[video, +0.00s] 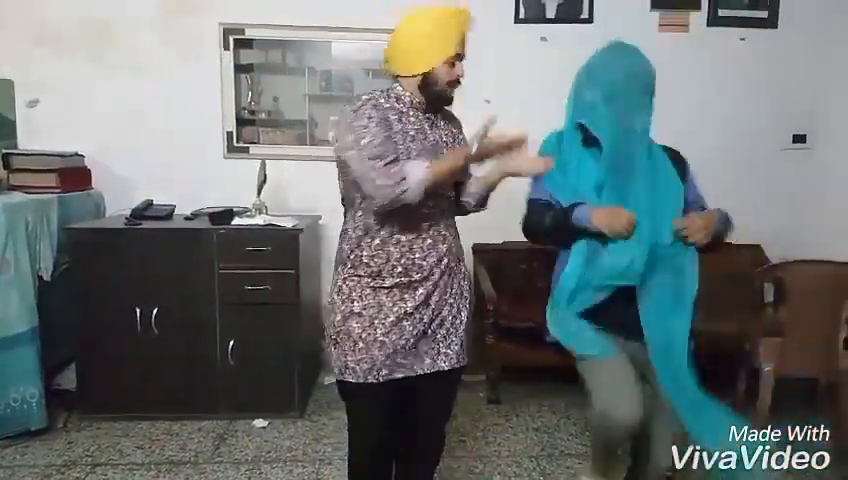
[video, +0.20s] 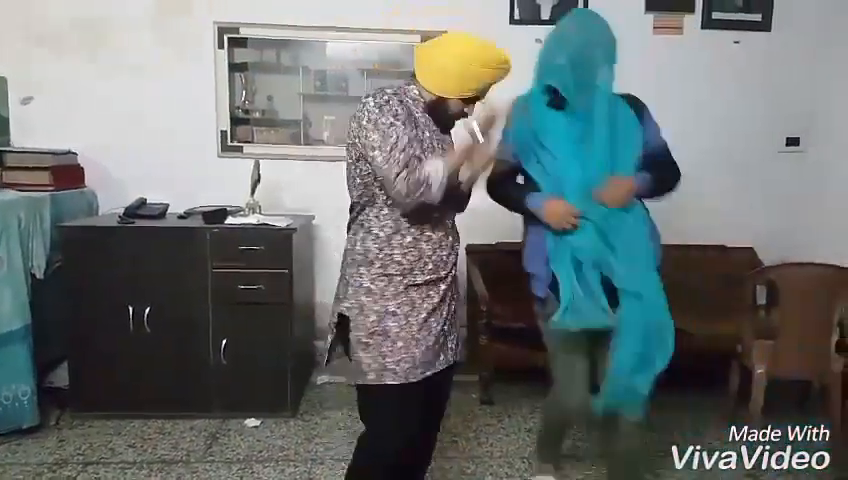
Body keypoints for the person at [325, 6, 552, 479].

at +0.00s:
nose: (460, 73)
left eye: (460, 62)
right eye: (452, 63)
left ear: (434, 65)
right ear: (418, 63)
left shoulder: (447, 124)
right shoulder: (367, 119)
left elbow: (457, 199)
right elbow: (385, 190)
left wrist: (499, 167)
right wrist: (470, 153)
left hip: (441, 311)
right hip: (375, 312)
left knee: (423, 453)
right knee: (374, 454)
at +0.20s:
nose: (474, 107)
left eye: (477, 100)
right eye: (470, 99)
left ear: (444, 87)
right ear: (444, 90)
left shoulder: (439, 123)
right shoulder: (381, 111)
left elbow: (449, 205)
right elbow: (406, 188)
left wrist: (470, 169)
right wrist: (461, 153)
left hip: (435, 296)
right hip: (389, 300)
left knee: (423, 433)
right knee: (391, 435)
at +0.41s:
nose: (477, 80)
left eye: (478, 68)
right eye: (473, 67)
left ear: (444, 65)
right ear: (443, 65)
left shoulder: (432, 122)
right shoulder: (396, 113)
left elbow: (446, 204)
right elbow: (411, 216)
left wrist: (487, 246)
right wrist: (485, 269)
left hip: (423, 302)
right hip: (388, 307)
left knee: (410, 448)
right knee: (395, 454)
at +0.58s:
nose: (479, 68)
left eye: (479, 56)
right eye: (473, 55)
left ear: (442, 57)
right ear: (444, 56)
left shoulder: (452, 126)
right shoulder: (391, 114)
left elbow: (454, 195)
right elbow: (419, 211)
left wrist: (489, 199)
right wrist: (512, 222)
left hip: (434, 298)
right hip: (385, 303)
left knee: (419, 442)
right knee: (398, 451)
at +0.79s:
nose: (473, 60)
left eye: (476, 47)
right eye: (463, 46)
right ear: (425, 46)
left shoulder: (473, 124)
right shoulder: (376, 116)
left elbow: (489, 192)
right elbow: (384, 209)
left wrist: (529, 218)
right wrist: (489, 211)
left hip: (457, 307)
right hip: (391, 310)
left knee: (436, 447)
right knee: (400, 460)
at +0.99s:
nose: (447, 53)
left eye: (458, 40)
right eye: (431, 40)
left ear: (472, 48)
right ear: (409, 48)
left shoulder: (488, 121)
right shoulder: (374, 116)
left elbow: (522, 187)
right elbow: (313, 200)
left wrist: (531, 255)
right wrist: (381, 281)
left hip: (476, 319)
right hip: (390, 324)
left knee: (496, 443)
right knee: (397, 465)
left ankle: (451, 474)